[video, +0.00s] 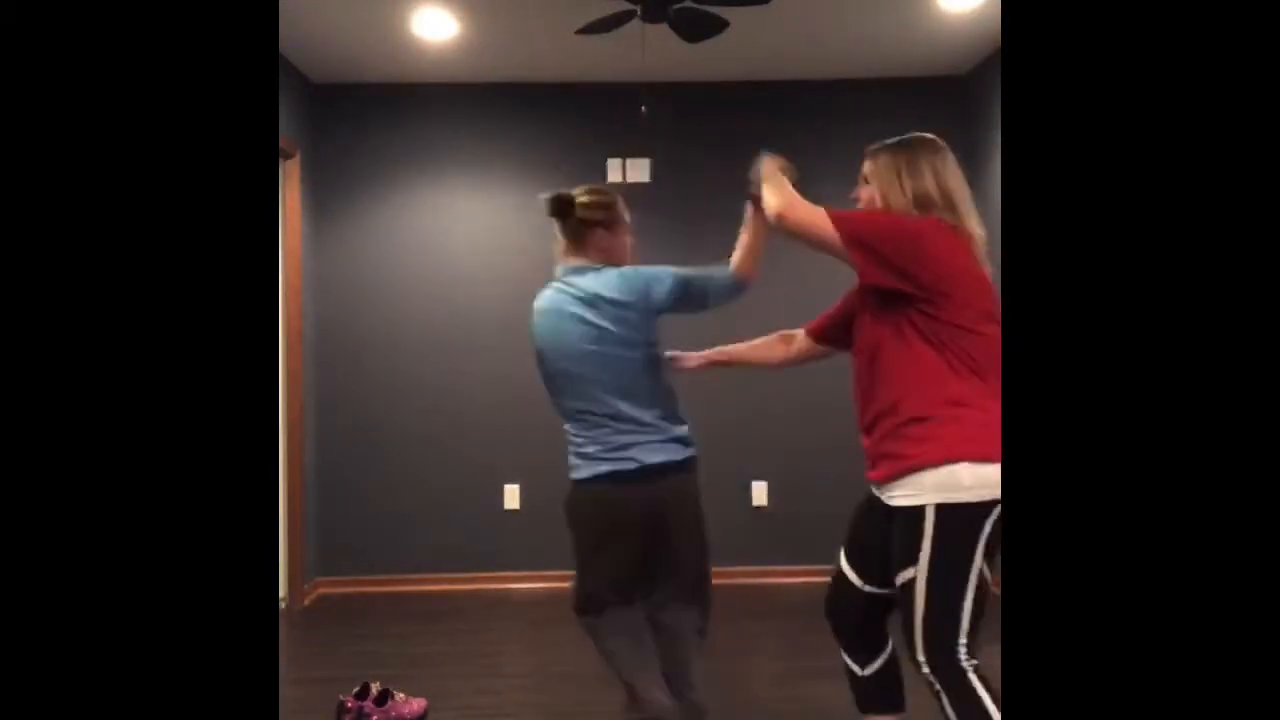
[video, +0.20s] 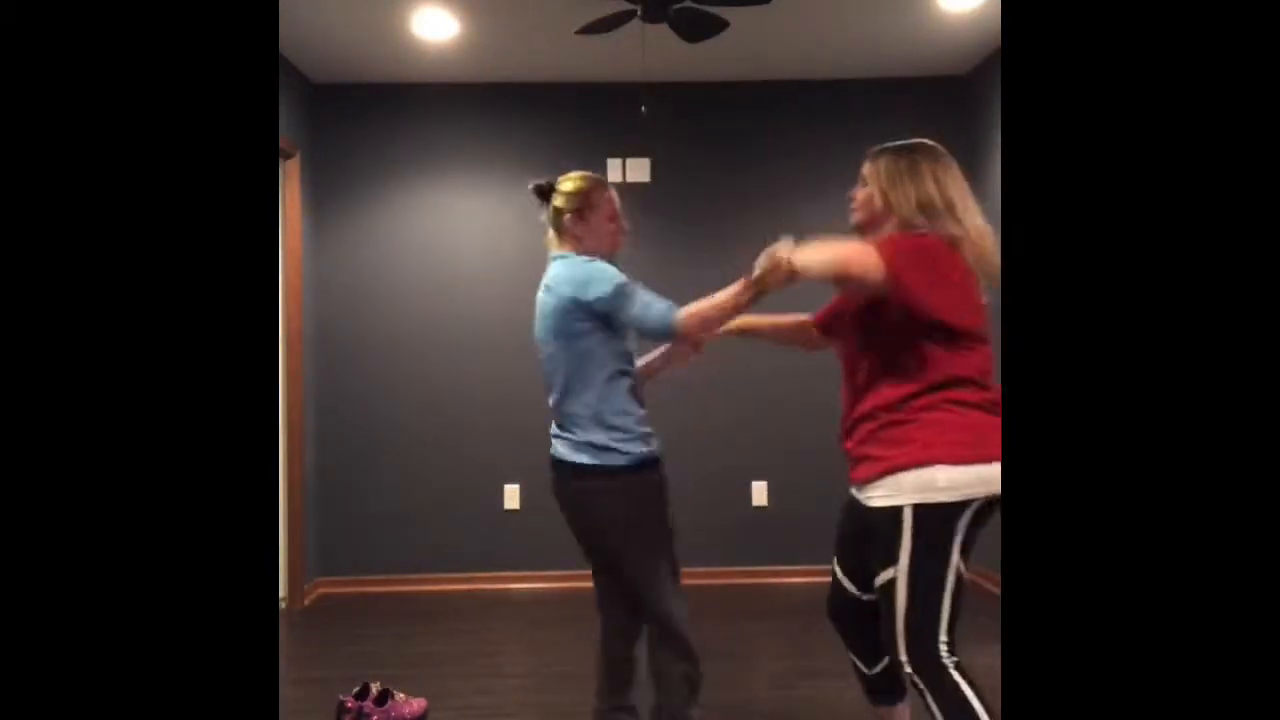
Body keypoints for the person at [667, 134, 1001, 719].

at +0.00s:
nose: (857, 194)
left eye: (868, 182)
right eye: (860, 182)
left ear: (906, 187)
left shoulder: (936, 245)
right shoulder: (884, 283)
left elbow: (785, 214)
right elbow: (799, 343)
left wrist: (770, 171)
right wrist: (708, 357)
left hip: (959, 481)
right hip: (903, 484)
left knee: (939, 647)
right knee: (851, 615)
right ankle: (886, 717)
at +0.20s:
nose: (852, 195)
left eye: (863, 184)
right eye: (856, 183)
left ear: (899, 191)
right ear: (914, 193)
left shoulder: (929, 251)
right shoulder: (877, 273)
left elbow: (851, 260)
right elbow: (815, 330)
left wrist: (789, 259)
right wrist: (728, 323)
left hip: (941, 471)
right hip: (888, 475)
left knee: (921, 648)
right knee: (849, 608)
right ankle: (893, 709)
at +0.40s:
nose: (807, 196)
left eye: (819, 184)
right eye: (811, 185)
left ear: (853, 194)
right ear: (846, 195)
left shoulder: (873, 258)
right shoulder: (826, 259)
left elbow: (888, 326)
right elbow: (780, 281)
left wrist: (783, 350)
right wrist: (735, 257)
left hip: (870, 464)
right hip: (837, 464)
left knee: (857, 622)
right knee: (834, 606)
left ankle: (932, 704)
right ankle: (893, 710)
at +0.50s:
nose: (780, 199)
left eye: (792, 188)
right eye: (783, 189)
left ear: (826, 197)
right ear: (822, 200)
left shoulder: (840, 266)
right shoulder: (802, 263)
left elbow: (862, 346)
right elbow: (738, 266)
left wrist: (788, 388)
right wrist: (712, 231)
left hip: (845, 462)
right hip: (822, 459)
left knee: (804, 609)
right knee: (838, 607)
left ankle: (902, 710)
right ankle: (899, 708)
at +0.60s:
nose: (752, 202)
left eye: (763, 191)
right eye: (754, 192)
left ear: (795, 200)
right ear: (798, 203)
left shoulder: (813, 264)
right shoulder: (775, 260)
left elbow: (840, 356)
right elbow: (701, 257)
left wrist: (787, 409)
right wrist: (694, 189)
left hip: (810, 459)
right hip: (823, 454)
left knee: (754, 586)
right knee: (829, 590)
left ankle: (825, 708)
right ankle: (888, 710)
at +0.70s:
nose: (728, 209)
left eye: (737, 198)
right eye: (726, 199)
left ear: (760, 205)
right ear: (793, 203)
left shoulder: (787, 274)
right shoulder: (743, 268)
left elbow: (822, 364)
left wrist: (773, 420)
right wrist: (677, 160)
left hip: (776, 465)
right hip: (790, 458)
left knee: (738, 594)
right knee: (808, 591)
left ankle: (755, 711)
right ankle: (884, 710)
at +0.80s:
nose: (710, 221)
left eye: (718, 207)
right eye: (708, 208)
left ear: (743, 212)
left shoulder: (768, 280)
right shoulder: (717, 285)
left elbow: (802, 370)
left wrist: (762, 423)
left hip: (767, 459)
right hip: (733, 455)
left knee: (728, 588)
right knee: (743, 584)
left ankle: (747, 704)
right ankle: (835, 686)